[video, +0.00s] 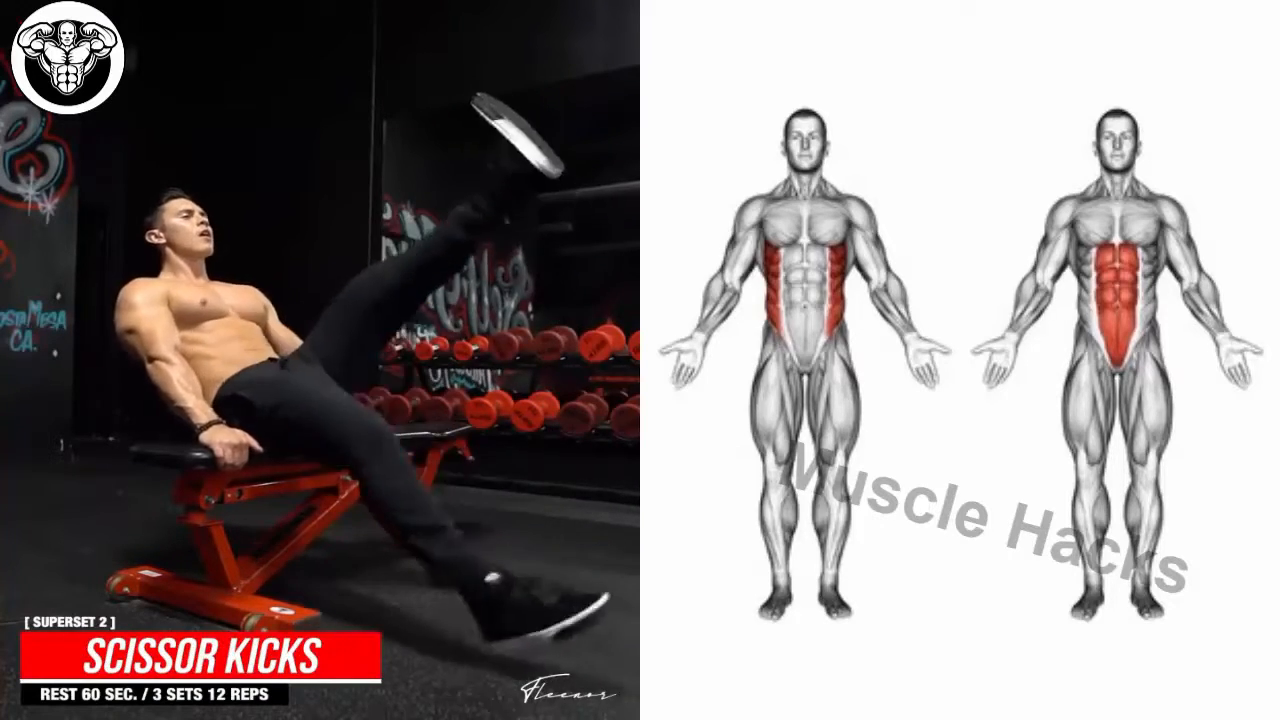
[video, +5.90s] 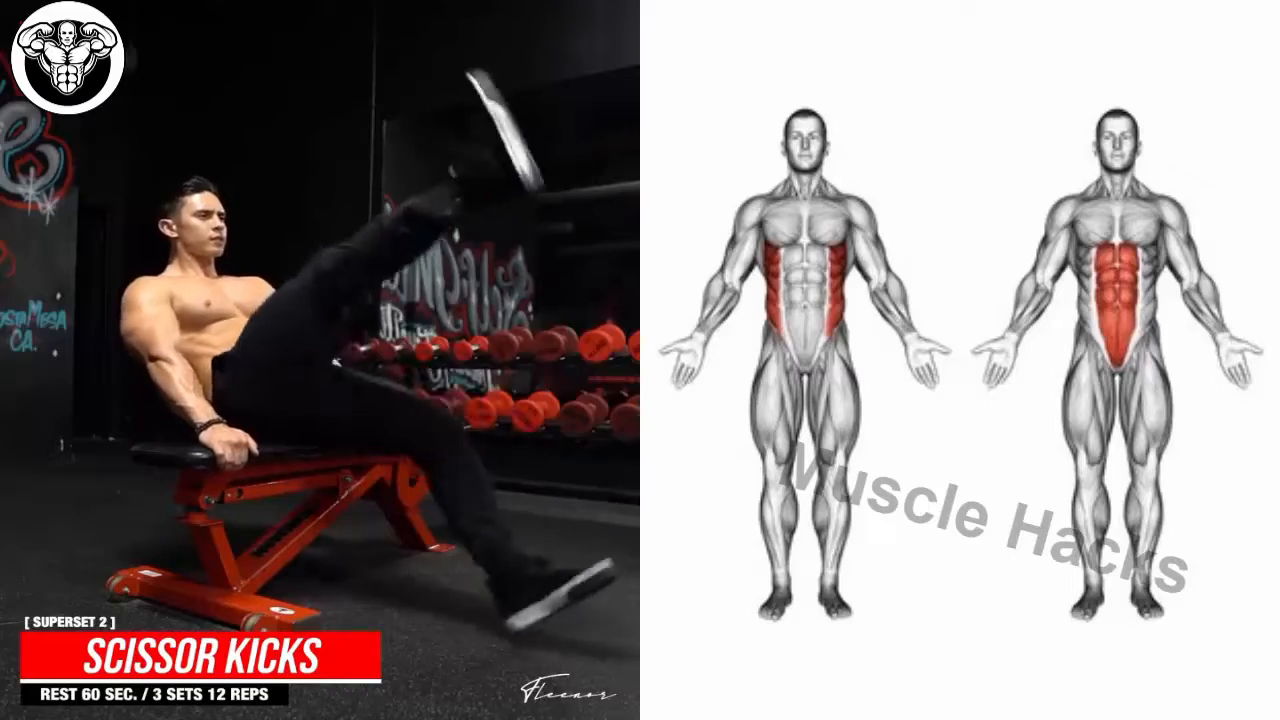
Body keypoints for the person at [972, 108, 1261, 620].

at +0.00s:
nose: (1116, 145)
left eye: (1124, 138)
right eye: (1109, 137)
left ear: (1137, 146)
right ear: (1097, 145)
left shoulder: (1164, 211)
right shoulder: (1070, 211)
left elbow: (1193, 282)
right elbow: (1041, 282)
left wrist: (1221, 335)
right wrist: (1012, 336)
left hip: (1144, 355)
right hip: (1089, 354)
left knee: (1145, 466)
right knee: (1088, 466)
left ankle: (1141, 582)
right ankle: (1092, 583)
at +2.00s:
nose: (1116, 145)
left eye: (1124, 137)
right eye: (1109, 137)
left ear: (1137, 145)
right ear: (1097, 145)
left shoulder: (1164, 211)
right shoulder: (1070, 211)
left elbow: (1193, 282)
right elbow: (1041, 282)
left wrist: (1221, 335)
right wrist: (1012, 336)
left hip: (1144, 355)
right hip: (1089, 354)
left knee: (1145, 466)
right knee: (1088, 466)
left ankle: (1141, 582)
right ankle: (1092, 583)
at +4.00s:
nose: (1116, 145)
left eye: (1124, 138)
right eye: (1108, 138)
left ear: (1137, 145)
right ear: (1097, 146)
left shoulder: (1164, 211)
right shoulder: (1070, 211)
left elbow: (1193, 282)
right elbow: (1041, 282)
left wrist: (1221, 335)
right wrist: (1012, 336)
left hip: (1144, 355)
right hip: (1089, 354)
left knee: (1145, 466)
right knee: (1088, 466)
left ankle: (1141, 581)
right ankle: (1092, 583)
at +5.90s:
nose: (1116, 146)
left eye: (1124, 138)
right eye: (1109, 138)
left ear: (1137, 145)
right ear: (1097, 145)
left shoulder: (1164, 211)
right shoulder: (1070, 211)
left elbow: (1193, 282)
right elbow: (1041, 282)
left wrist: (1222, 335)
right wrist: (1012, 336)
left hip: (1144, 355)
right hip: (1089, 355)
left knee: (1145, 466)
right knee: (1088, 466)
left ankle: (1141, 581)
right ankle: (1091, 582)